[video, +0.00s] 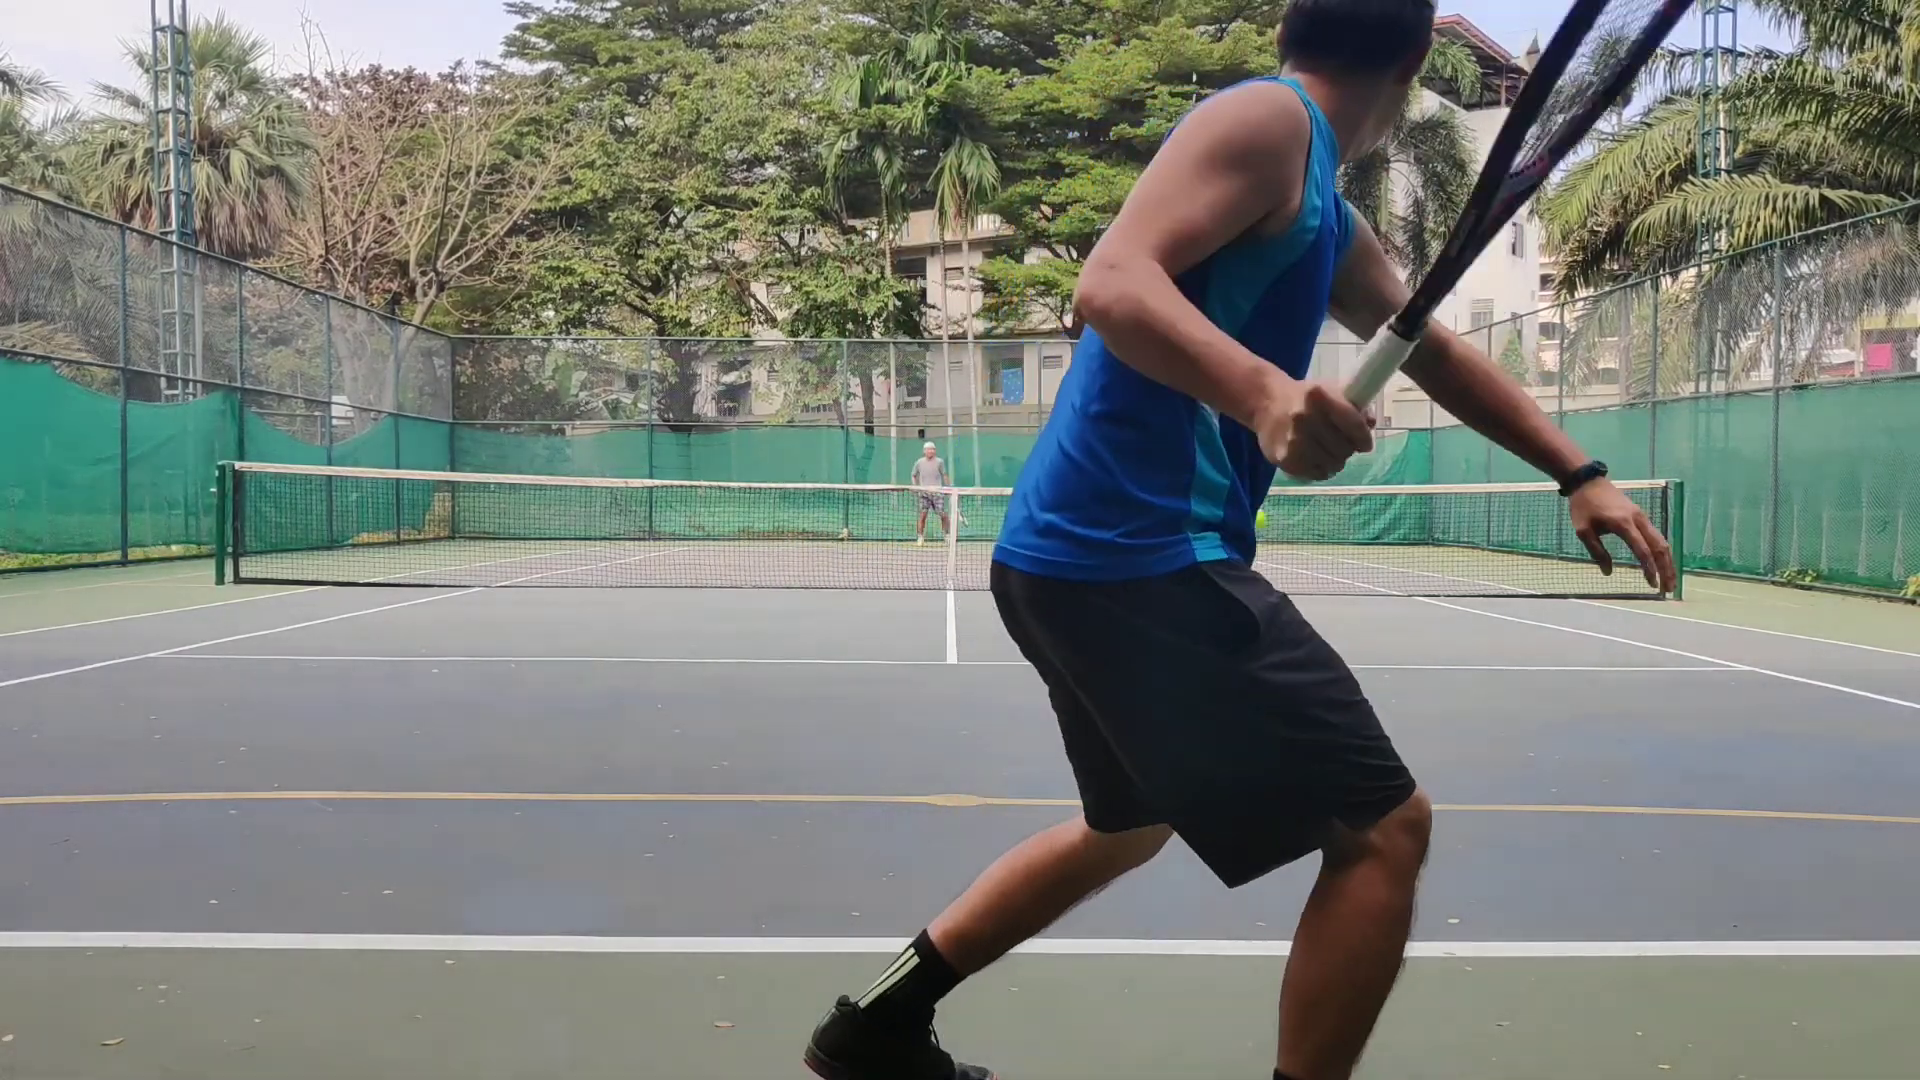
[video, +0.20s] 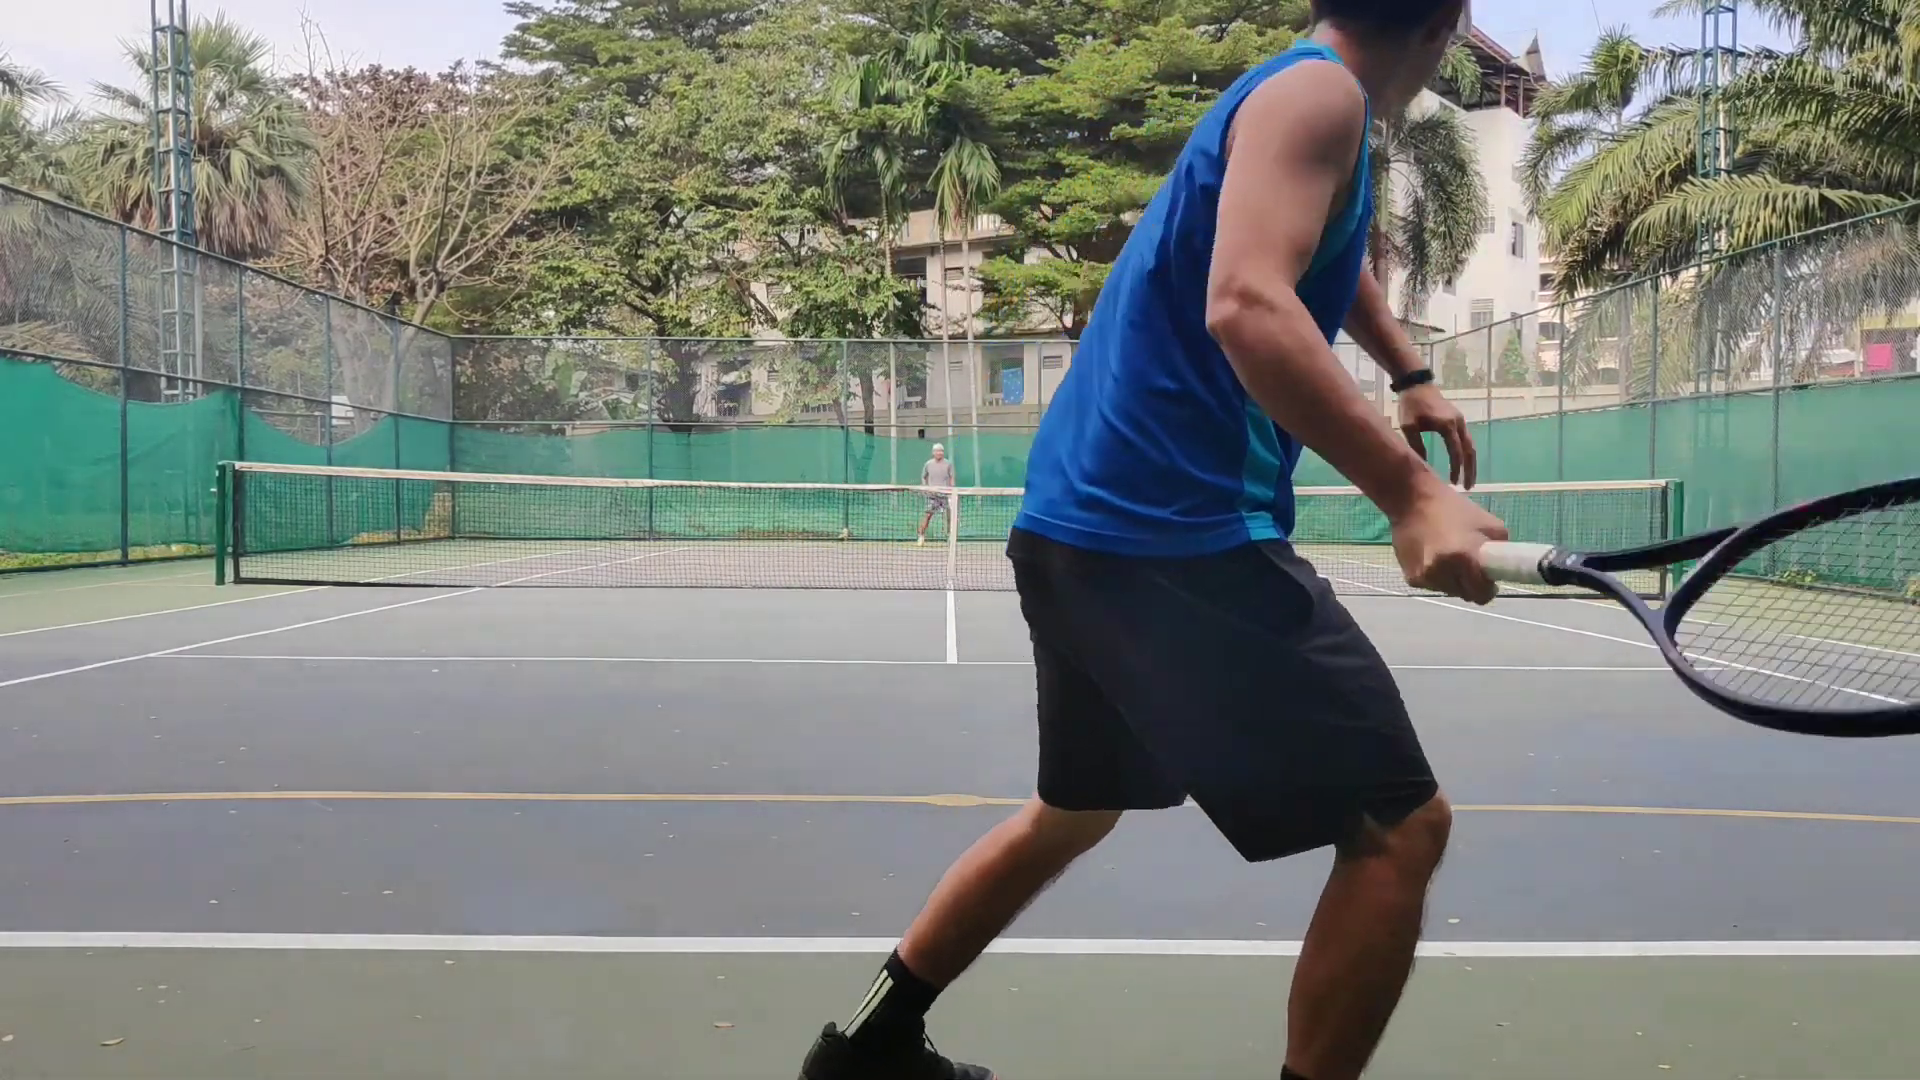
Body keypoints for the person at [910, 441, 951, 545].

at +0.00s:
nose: (931, 452)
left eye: (932, 449)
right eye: (928, 449)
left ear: (935, 451)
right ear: (924, 451)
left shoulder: (939, 462)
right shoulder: (919, 462)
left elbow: (944, 475)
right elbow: (914, 475)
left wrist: (948, 487)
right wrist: (915, 486)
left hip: (937, 490)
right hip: (924, 490)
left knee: (942, 514)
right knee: (923, 514)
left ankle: (946, 534)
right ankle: (920, 536)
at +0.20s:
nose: (939, 453)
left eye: (941, 451)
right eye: (937, 451)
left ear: (943, 452)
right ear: (933, 453)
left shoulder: (948, 464)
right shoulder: (928, 464)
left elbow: (951, 477)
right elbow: (924, 477)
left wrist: (951, 488)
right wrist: (925, 488)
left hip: (945, 491)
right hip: (932, 491)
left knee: (949, 515)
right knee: (928, 514)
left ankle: (950, 534)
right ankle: (921, 534)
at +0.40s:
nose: (946, 451)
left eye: (948, 449)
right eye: (944, 449)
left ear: (950, 450)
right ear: (940, 451)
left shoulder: (955, 461)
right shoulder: (935, 462)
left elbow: (959, 474)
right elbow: (933, 475)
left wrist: (957, 485)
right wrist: (934, 486)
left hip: (952, 490)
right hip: (939, 490)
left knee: (954, 513)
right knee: (937, 512)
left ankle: (954, 534)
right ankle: (934, 534)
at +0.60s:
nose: (948, 452)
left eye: (950, 450)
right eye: (946, 450)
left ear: (953, 452)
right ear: (942, 452)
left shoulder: (958, 463)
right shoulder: (938, 464)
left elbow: (963, 475)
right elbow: (934, 476)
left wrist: (961, 486)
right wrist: (937, 486)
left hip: (957, 490)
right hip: (943, 490)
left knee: (960, 513)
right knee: (942, 513)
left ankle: (958, 533)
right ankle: (940, 535)